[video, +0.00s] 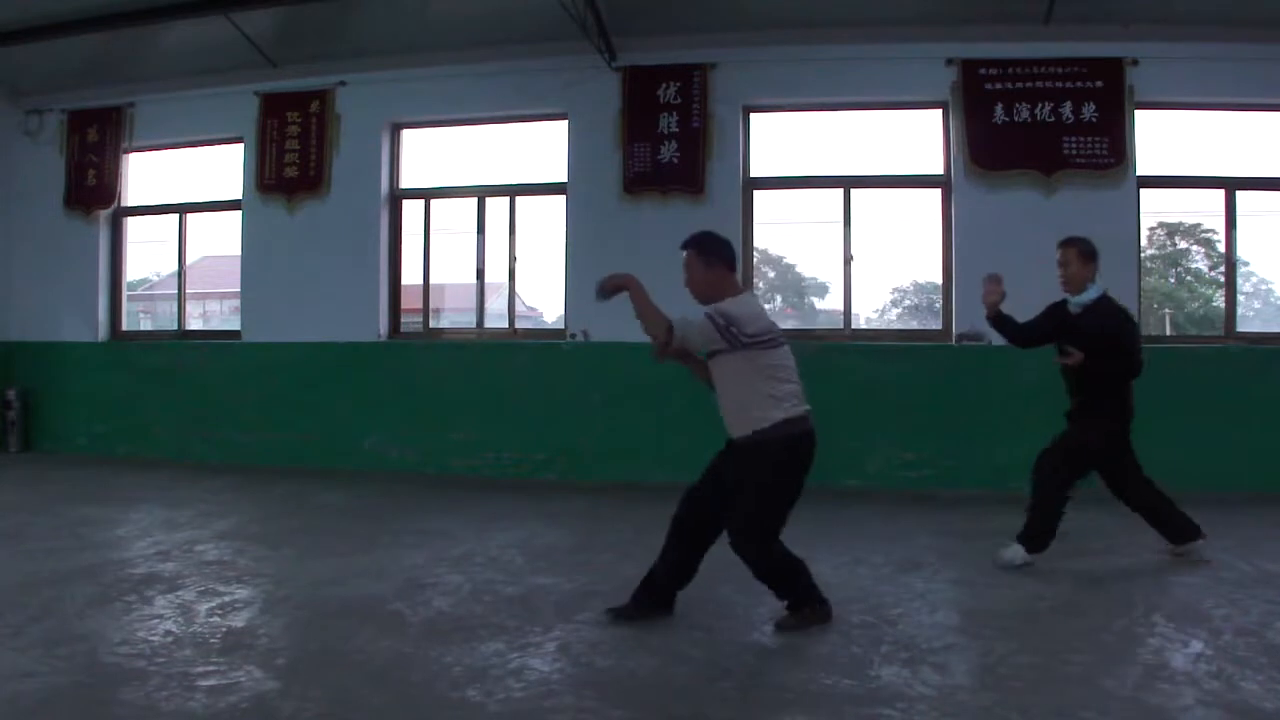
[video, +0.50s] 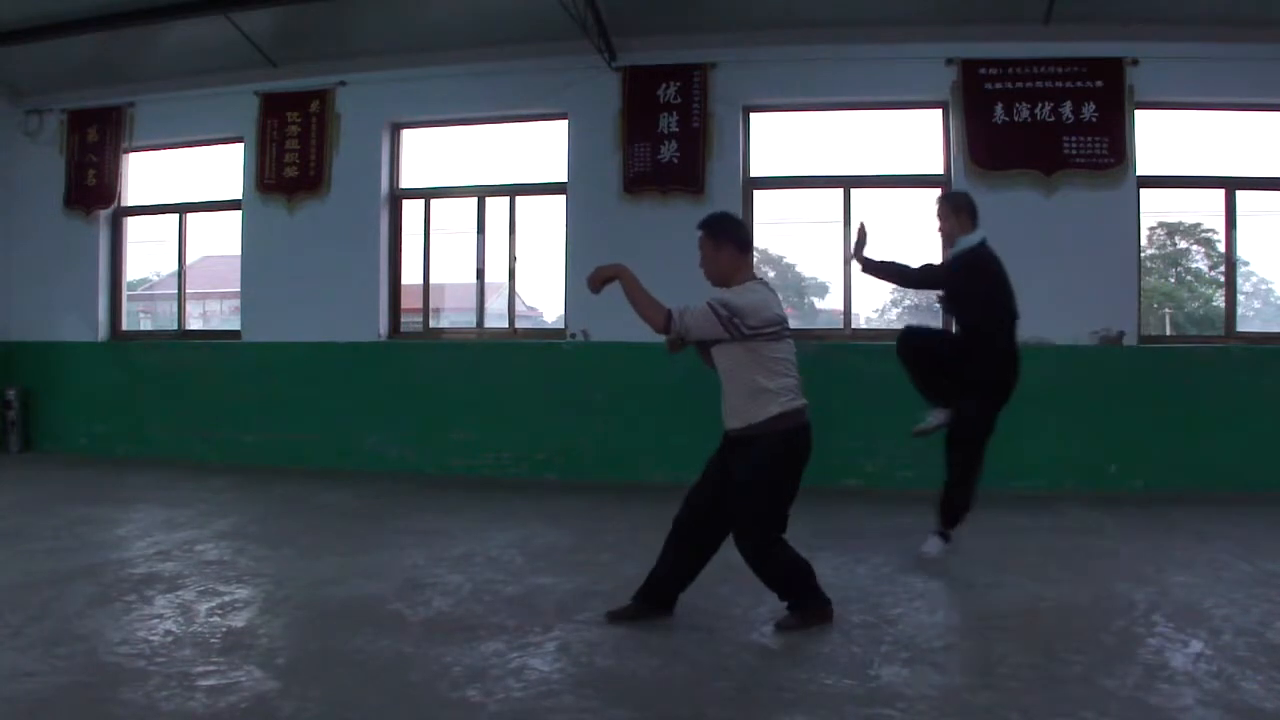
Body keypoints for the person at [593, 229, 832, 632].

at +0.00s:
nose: (686, 280)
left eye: (690, 270)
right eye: (685, 272)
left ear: (715, 269)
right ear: (723, 271)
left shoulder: (737, 313)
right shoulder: (741, 313)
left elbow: (667, 336)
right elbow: (724, 377)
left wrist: (633, 286)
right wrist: (679, 354)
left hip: (781, 441)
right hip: (749, 442)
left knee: (751, 533)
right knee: (695, 517)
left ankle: (809, 604)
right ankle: (654, 600)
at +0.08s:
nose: (684, 277)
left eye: (688, 267)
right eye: (683, 268)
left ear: (713, 266)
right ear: (718, 268)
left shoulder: (734, 309)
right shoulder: (742, 308)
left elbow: (660, 331)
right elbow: (725, 372)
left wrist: (620, 281)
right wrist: (683, 349)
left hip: (779, 438)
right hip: (751, 440)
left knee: (751, 530)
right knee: (700, 521)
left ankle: (810, 605)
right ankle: (653, 601)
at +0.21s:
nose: (687, 277)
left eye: (690, 266)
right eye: (685, 267)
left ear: (716, 262)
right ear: (721, 264)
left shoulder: (732, 308)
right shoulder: (748, 303)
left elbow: (656, 328)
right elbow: (724, 365)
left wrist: (615, 280)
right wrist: (682, 346)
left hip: (775, 438)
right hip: (750, 438)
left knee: (752, 533)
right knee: (698, 523)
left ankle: (810, 604)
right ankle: (653, 602)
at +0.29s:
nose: (691, 272)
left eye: (695, 261)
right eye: (690, 262)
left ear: (720, 258)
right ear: (724, 260)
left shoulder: (733, 305)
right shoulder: (753, 300)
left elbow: (658, 326)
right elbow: (726, 363)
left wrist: (616, 279)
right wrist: (684, 342)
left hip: (771, 437)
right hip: (749, 436)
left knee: (754, 532)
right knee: (699, 522)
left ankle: (811, 605)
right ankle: (653, 602)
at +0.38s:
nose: (694, 268)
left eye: (698, 257)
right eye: (693, 258)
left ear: (723, 254)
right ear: (728, 256)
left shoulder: (737, 303)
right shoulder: (754, 298)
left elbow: (661, 324)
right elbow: (727, 361)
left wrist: (617, 277)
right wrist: (686, 340)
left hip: (772, 437)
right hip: (748, 436)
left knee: (754, 533)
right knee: (698, 522)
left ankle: (811, 605)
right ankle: (653, 602)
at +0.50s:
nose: (701, 264)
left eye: (705, 254)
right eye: (701, 254)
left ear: (730, 251)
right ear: (733, 252)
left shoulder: (747, 301)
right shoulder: (751, 298)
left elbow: (665, 322)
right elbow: (728, 361)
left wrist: (622, 274)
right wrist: (689, 338)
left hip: (777, 437)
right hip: (745, 436)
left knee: (755, 534)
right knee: (697, 523)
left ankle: (812, 605)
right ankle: (653, 601)